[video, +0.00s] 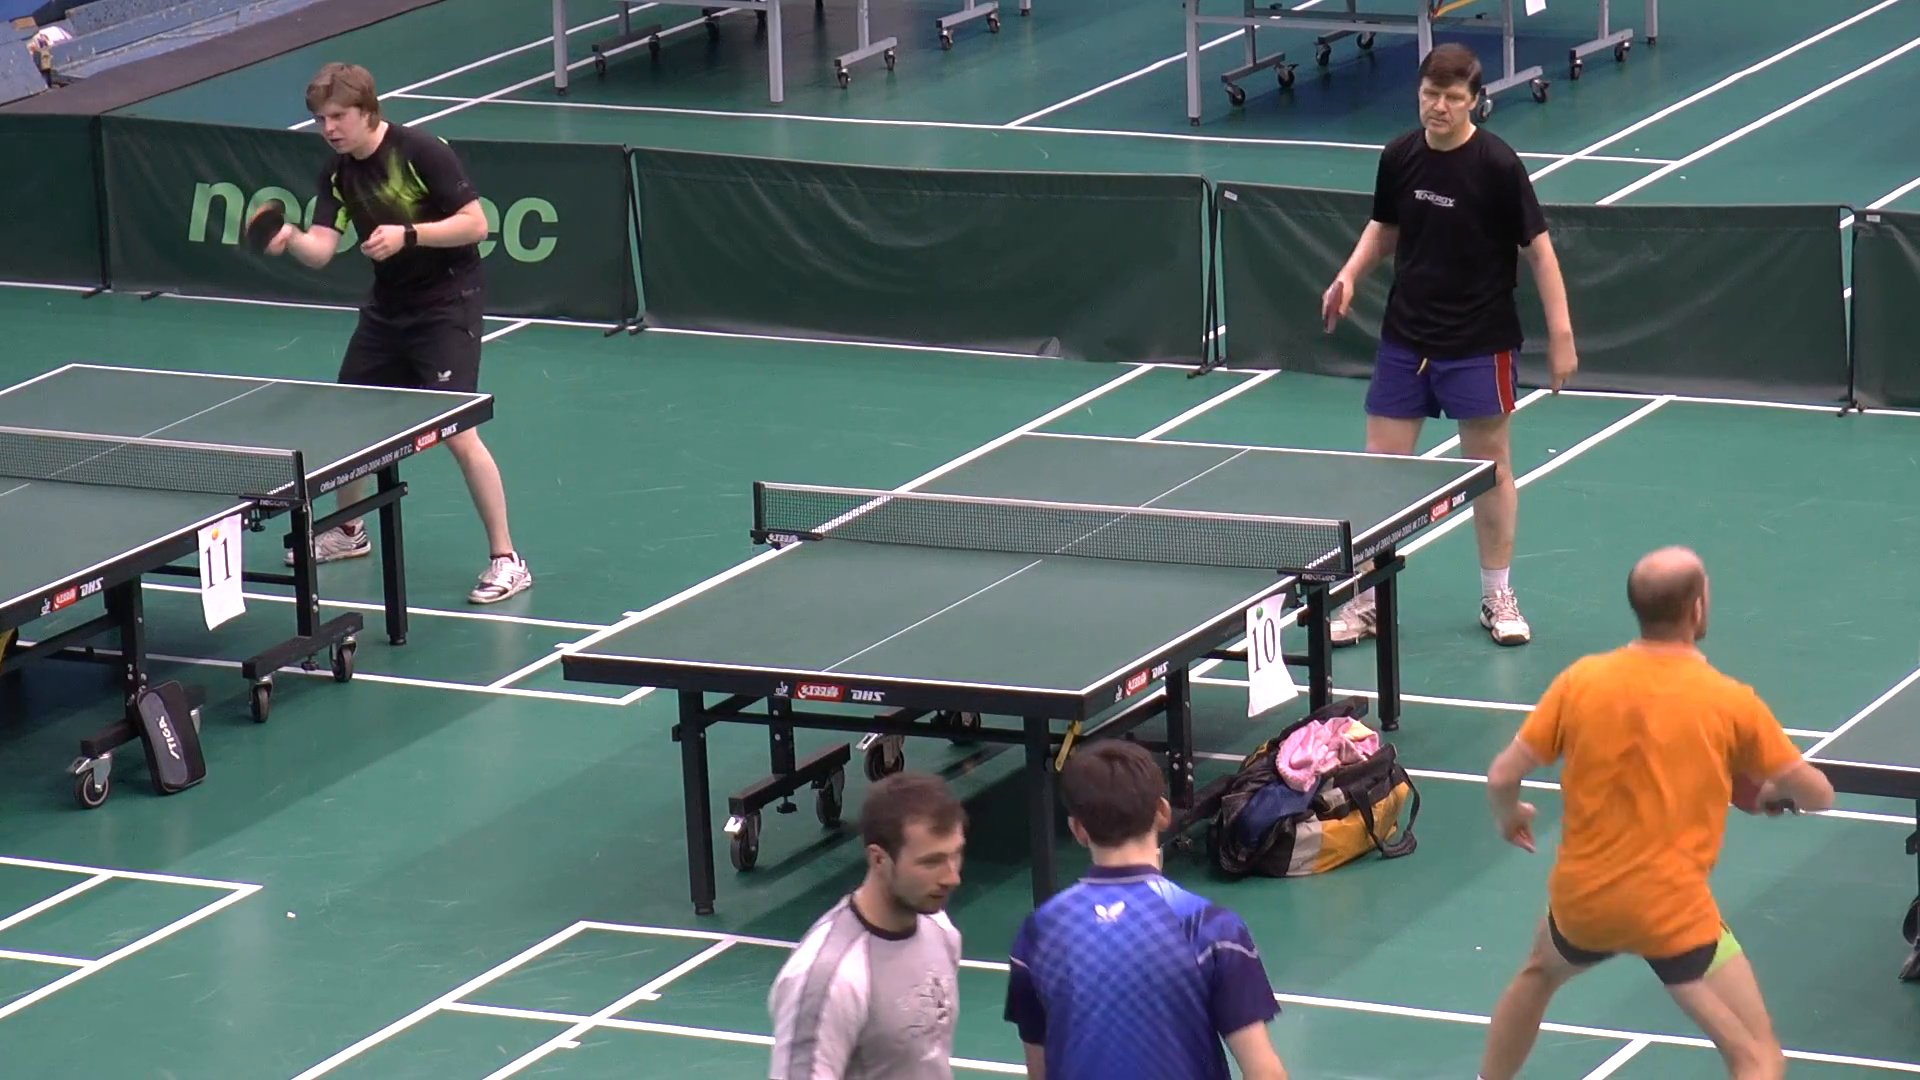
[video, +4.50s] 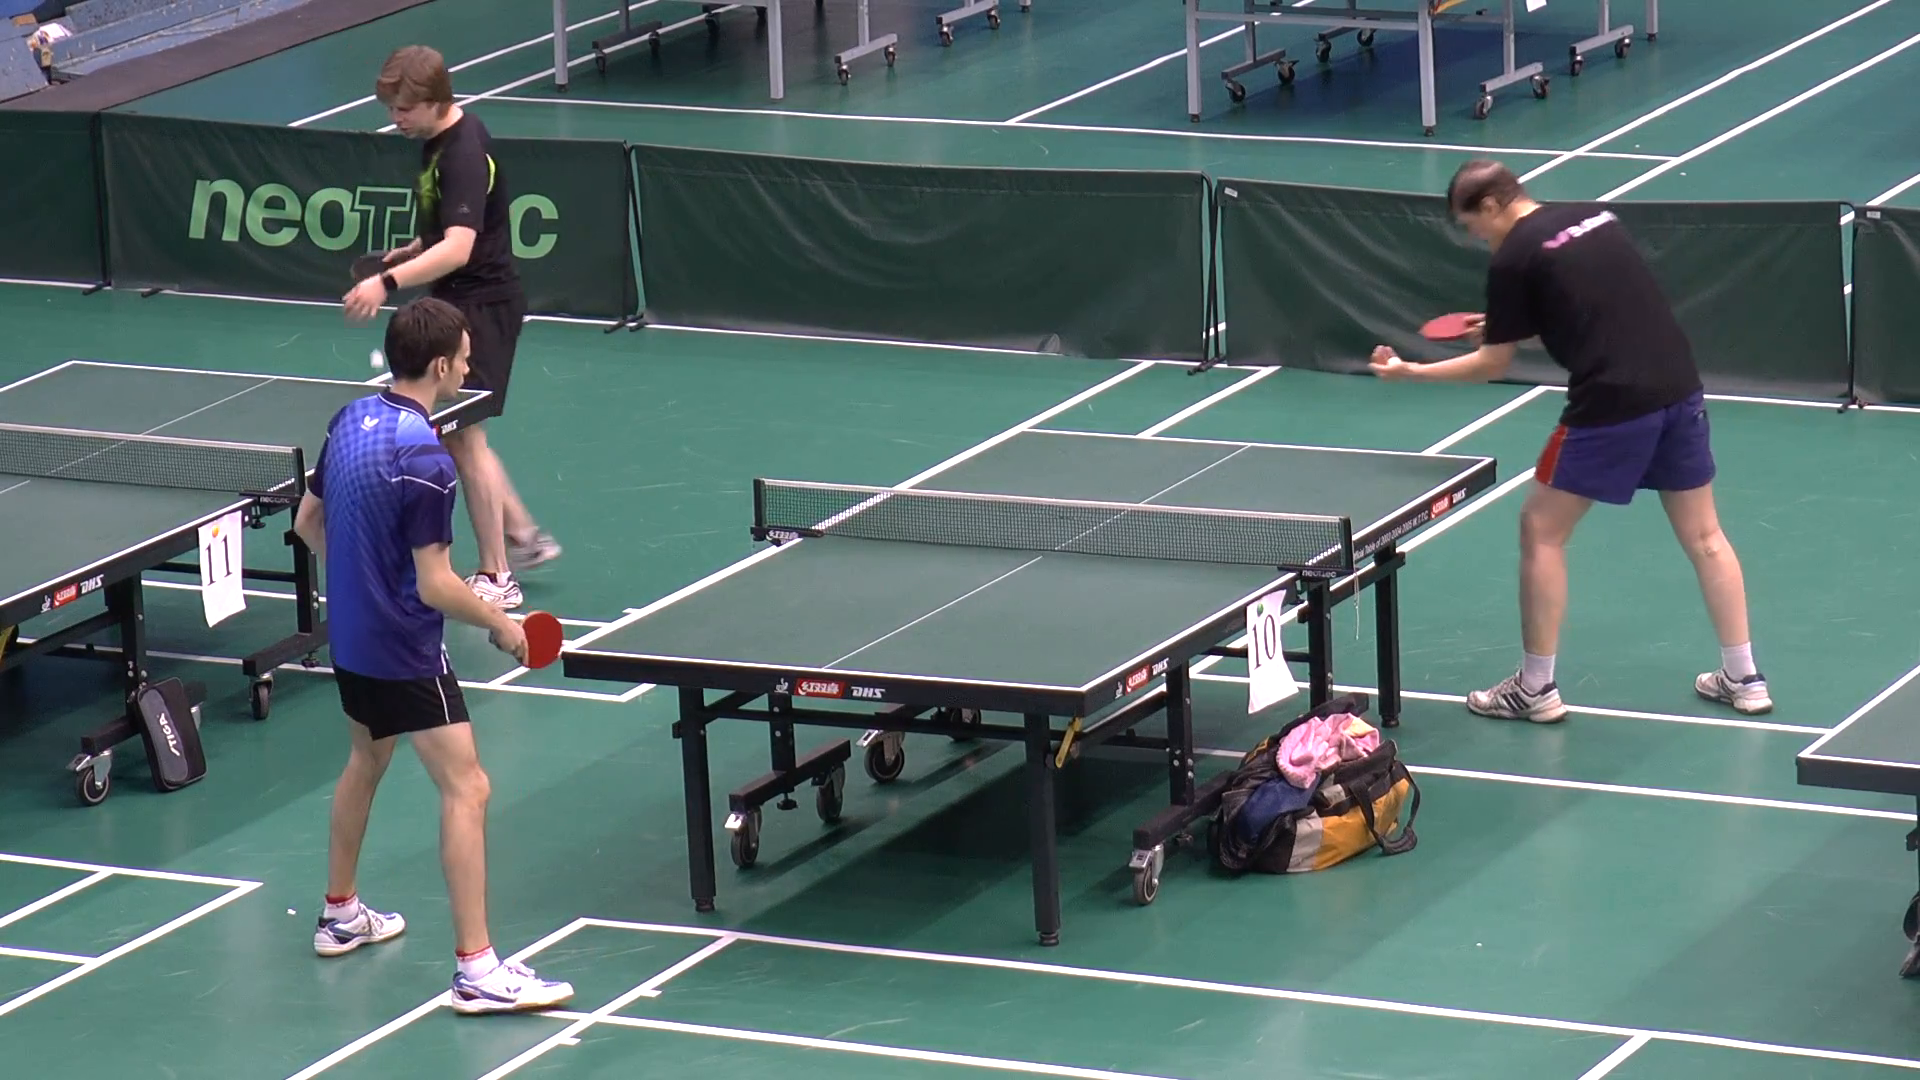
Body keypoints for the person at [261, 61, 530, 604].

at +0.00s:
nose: (327, 128)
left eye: (336, 117)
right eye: (321, 119)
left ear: (367, 112)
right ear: (320, 121)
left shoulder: (422, 150)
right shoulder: (337, 172)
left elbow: (476, 223)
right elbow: (320, 253)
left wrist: (409, 234)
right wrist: (290, 237)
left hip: (447, 309)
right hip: (385, 312)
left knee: (456, 428)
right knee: (345, 419)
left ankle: (506, 558)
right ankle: (350, 531)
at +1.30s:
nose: (295, 152)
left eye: (300, 140)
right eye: (288, 144)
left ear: (330, 127)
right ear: (318, 135)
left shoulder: (367, 162)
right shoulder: (353, 162)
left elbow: (413, 238)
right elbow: (366, 238)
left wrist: (344, 260)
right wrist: (305, 277)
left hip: (439, 302)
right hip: (400, 304)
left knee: (432, 436)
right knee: (361, 416)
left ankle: (509, 561)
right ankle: (351, 532)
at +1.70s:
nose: (363, 129)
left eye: (368, 118)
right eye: (359, 119)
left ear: (400, 107)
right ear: (399, 110)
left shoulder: (427, 154)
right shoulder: (429, 144)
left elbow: (446, 242)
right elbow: (433, 232)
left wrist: (374, 251)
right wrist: (379, 233)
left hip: (442, 314)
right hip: (424, 310)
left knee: (429, 446)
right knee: (380, 418)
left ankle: (515, 562)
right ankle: (366, 523)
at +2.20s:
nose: (352, 91)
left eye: (363, 80)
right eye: (347, 82)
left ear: (392, 79)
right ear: (344, 84)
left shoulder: (432, 134)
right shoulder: (359, 139)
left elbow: (472, 217)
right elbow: (352, 207)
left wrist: (397, 231)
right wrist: (318, 235)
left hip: (434, 299)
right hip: (376, 297)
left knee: (456, 426)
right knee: (347, 408)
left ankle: (513, 548)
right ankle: (363, 521)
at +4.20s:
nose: (370, 115)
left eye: (380, 104)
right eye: (362, 105)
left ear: (406, 95)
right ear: (356, 100)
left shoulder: (438, 148)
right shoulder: (361, 146)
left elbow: (486, 229)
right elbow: (341, 208)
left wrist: (422, 221)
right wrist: (331, 231)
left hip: (433, 311)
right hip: (378, 308)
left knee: (432, 427)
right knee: (358, 416)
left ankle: (475, 553)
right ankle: (356, 543)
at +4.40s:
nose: (385, 124)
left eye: (393, 114)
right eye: (380, 114)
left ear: (426, 104)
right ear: (384, 107)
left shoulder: (456, 152)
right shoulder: (408, 145)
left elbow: (470, 245)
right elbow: (414, 216)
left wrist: (397, 256)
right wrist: (384, 256)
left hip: (471, 308)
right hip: (429, 304)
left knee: (453, 444)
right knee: (429, 441)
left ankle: (497, 575)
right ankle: (424, 573)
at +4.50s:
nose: (397, 121)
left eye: (405, 111)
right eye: (392, 111)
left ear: (437, 101)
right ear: (404, 103)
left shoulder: (464, 150)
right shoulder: (441, 137)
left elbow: (459, 248)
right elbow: (448, 229)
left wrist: (385, 282)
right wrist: (403, 253)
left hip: (483, 304)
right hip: (458, 299)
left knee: (464, 436)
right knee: (453, 431)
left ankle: (497, 578)